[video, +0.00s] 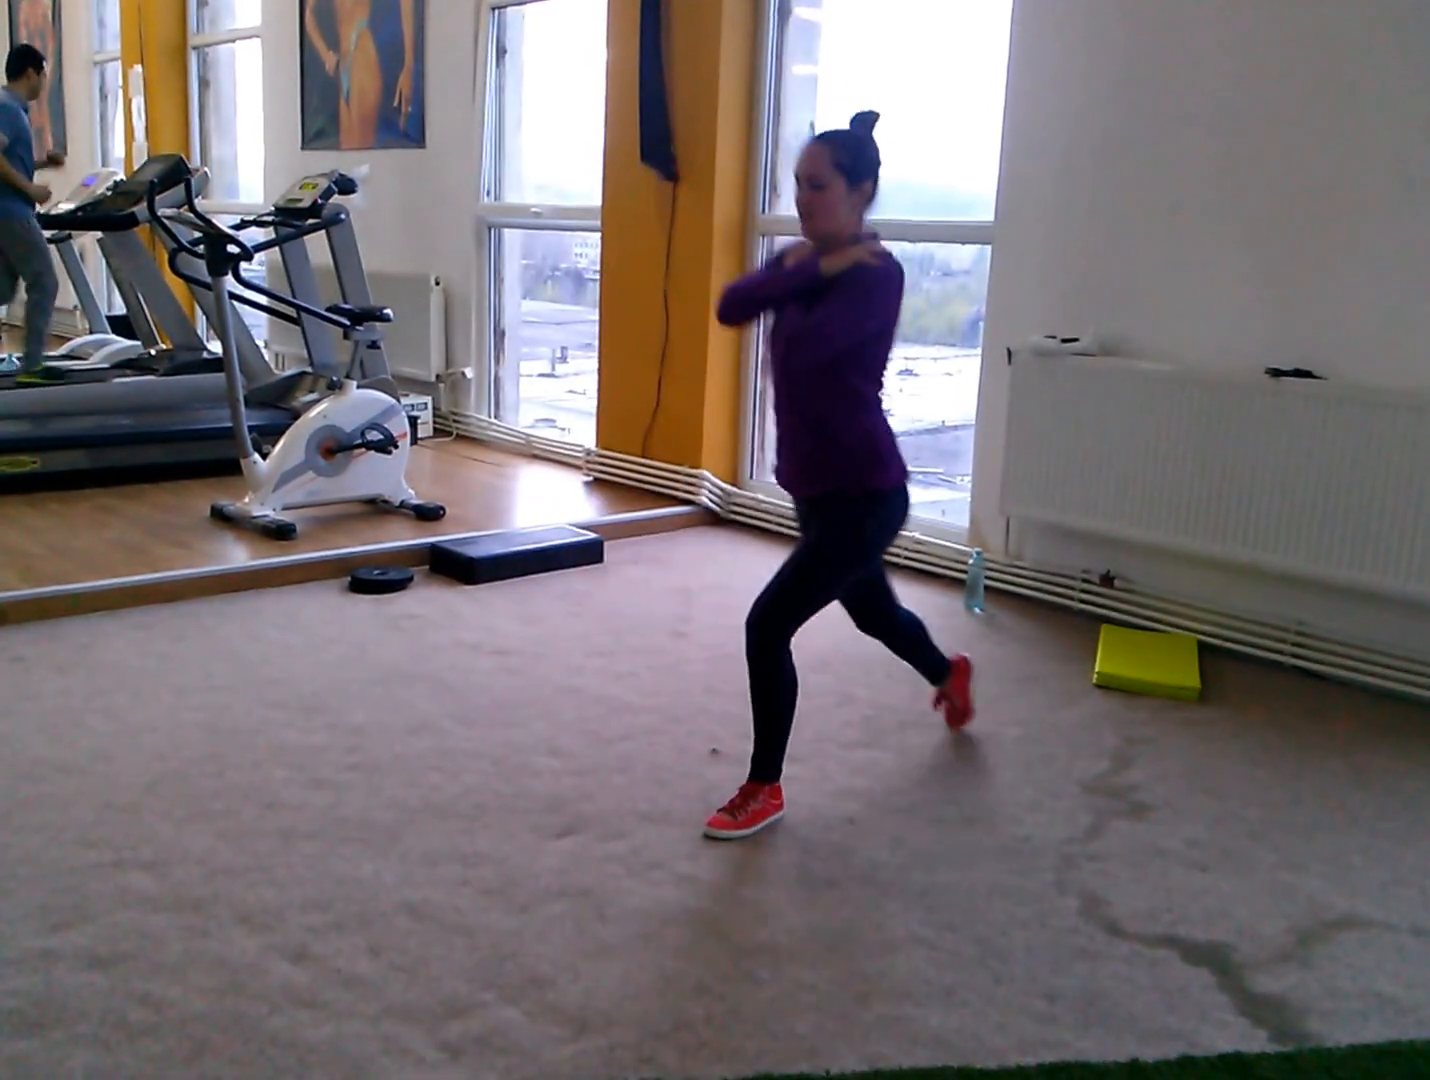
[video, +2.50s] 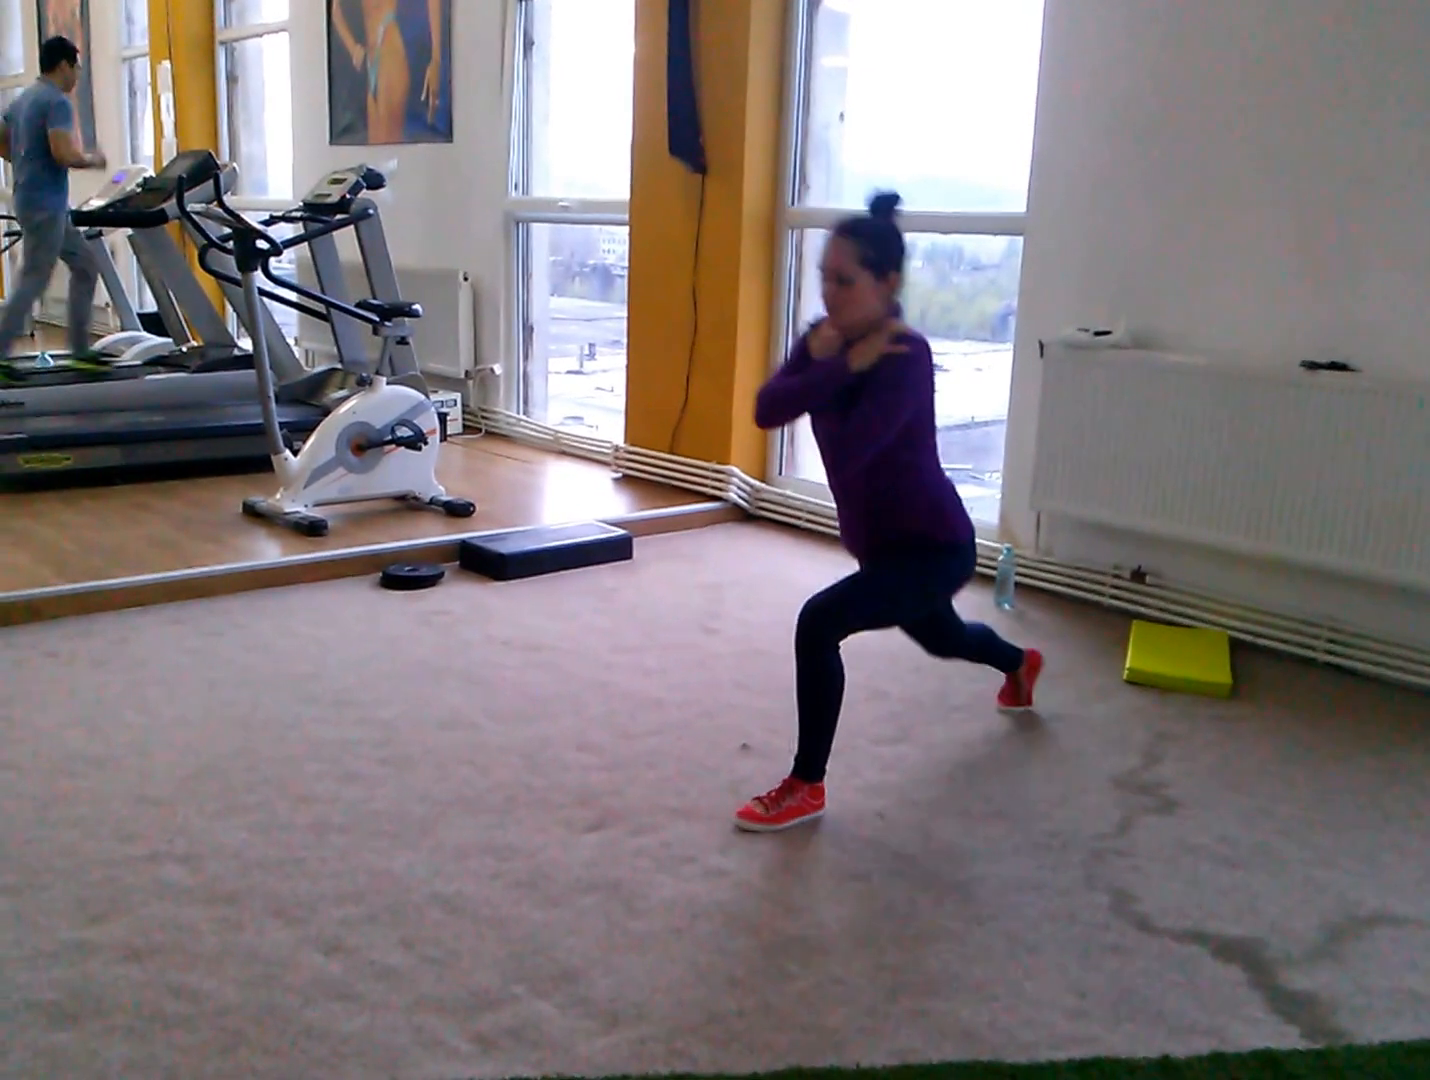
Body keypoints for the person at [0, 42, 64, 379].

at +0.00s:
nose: (44, 83)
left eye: (43, 76)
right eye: (42, 75)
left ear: (18, 73)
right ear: (31, 73)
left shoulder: (15, 110)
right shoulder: (10, 110)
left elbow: (12, 161)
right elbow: (3, 158)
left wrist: (43, 162)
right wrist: (28, 188)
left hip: (13, 209)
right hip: (12, 210)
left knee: (5, 287)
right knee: (44, 280)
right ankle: (32, 363)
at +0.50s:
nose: (44, 83)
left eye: (43, 76)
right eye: (41, 76)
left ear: (16, 78)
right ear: (27, 76)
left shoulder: (11, 110)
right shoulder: (13, 111)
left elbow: (13, 169)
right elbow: (8, 162)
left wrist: (48, 189)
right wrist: (44, 196)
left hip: (10, 214)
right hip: (11, 215)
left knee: (19, 286)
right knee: (46, 283)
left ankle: (4, 352)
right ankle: (1, 339)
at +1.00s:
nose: (47, 72)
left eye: (47, 64)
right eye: (45, 64)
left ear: (20, 65)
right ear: (32, 64)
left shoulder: (11, 95)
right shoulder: (20, 99)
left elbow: (22, 149)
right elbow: (26, 150)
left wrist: (48, 155)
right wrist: (56, 158)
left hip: (16, 210)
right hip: (12, 211)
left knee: (50, 268)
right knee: (1, 285)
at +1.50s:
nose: (55, 71)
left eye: (54, 64)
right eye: (51, 64)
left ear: (31, 64)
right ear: (35, 63)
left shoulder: (24, 99)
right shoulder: (16, 98)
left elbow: (27, 152)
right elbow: (4, 143)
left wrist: (61, 147)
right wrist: (37, 170)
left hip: (15, 206)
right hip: (21, 206)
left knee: (14, 280)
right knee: (56, 274)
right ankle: (58, 358)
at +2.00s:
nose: (61, 79)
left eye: (61, 72)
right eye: (59, 72)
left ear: (33, 73)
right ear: (46, 72)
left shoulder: (19, 104)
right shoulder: (35, 107)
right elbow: (27, 157)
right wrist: (66, 192)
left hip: (18, 211)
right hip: (30, 212)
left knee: (44, 286)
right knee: (70, 281)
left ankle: (20, 357)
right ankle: (10, 326)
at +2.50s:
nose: (77, 75)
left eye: (76, 68)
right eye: (75, 68)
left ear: (47, 66)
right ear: (63, 66)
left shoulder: (22, 99)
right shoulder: (56, 102)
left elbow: (3, 144)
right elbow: (64, 155)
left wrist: (28, 160)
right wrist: (93, 159)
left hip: (31, 204)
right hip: (46, 207)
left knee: (86, 264)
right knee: (34, 280)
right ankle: (2, 351)